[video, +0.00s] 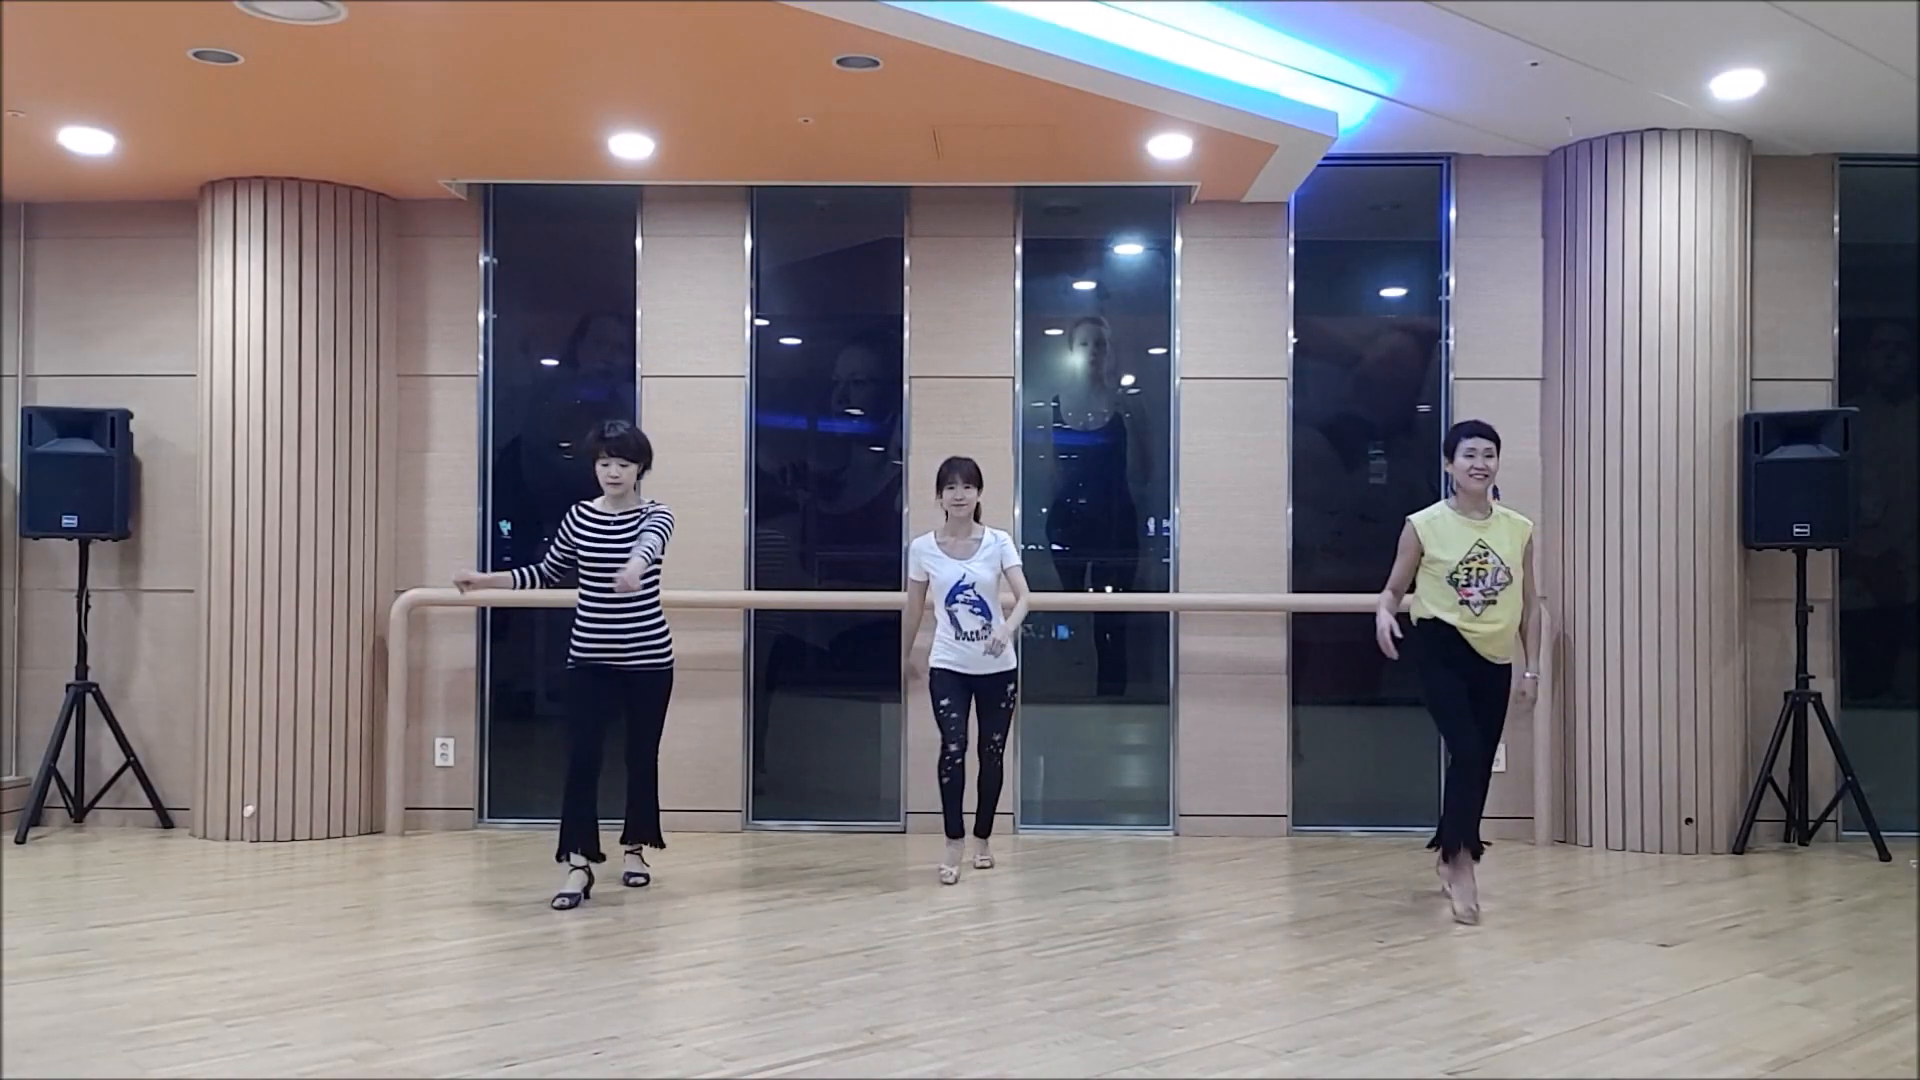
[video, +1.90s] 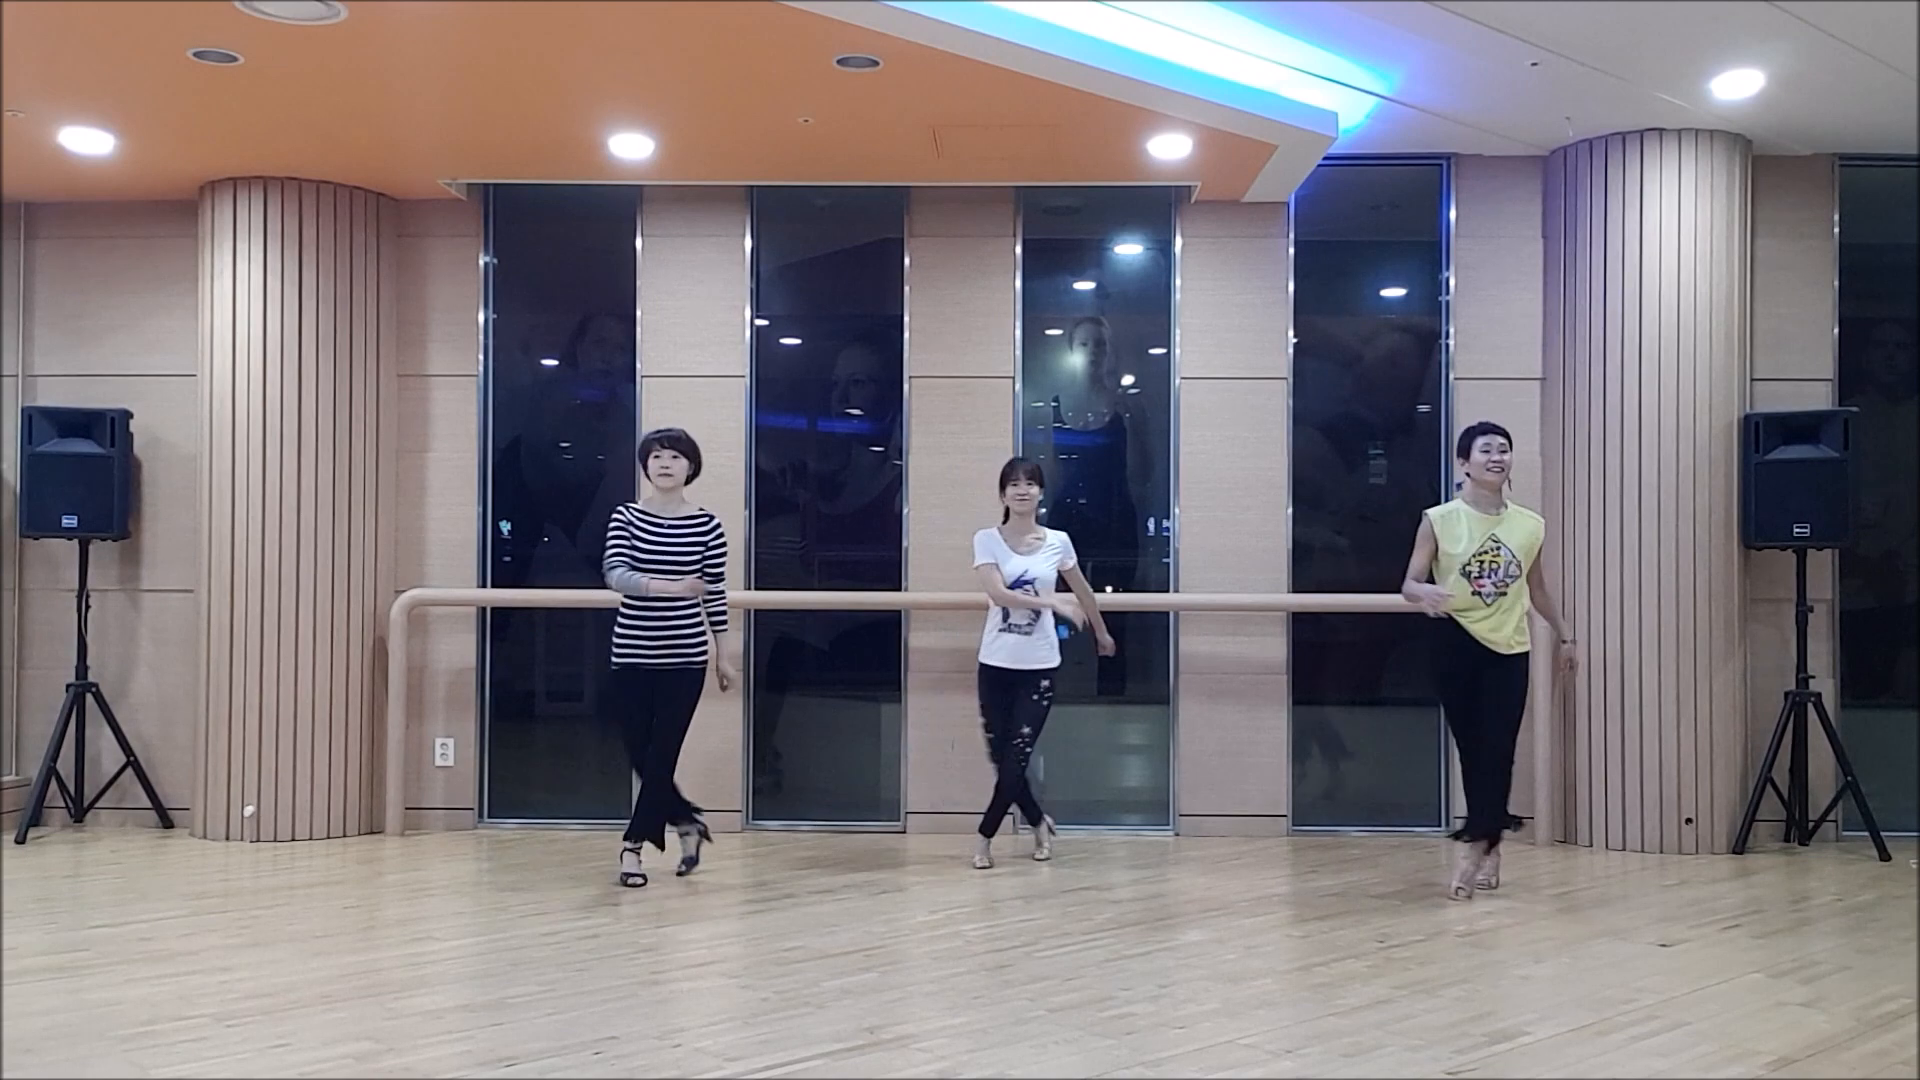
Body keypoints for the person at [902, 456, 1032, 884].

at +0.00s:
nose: (959, 494)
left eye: (967, 486)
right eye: (950, 487)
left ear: (979, 493)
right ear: (939, 494)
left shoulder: (999, 543)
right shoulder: (923, 548)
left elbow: (1024, 597)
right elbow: (914, 606)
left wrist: (1008, 628)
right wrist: (905, 653)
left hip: (997, 665)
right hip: (948, 664)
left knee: (992, 753)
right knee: (952, 751)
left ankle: (982, 839)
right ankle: (953, 843)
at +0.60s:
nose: (972, 491)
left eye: (979, 484)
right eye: (964, 485)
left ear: (990, 490)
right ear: (952, 492)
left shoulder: (1010, 543)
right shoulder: (935, 545)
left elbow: (1041, 595)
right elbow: (931, 602)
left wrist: (1056, 643)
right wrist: (925, 630)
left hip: (997, 663)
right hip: (948, 663)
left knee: (993, 752)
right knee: (970, 744)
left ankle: (980, 839)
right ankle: (940, 812)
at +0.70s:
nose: (972, 490)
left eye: (979, 482)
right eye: (963, 484)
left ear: (991, 489)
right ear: (952, 492)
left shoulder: (1012, 539)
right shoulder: (939, 543)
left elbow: (1048, 590)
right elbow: (938, 604)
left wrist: (1072, 634)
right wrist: (955, 604)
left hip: (994, 663)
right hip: (946, 659)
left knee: (988, 754)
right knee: (928, 743)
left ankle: (978, 841)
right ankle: (894, 819)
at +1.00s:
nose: (974, 488)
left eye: (981, 481)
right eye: (965, 482)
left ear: (993, 488)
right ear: (954, 490)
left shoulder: (1010, 539)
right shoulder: (937, 542)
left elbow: (1035, 593)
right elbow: (926, 593)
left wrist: (1054, 643)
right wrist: (941, 607)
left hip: (998, 663)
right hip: (949, 663)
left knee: (993, 752)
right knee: (949, 747)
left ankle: (978, 838)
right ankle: (922, 817)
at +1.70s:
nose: (995, 490)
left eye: (1002, 484)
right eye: (987, 484)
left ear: (1015, 492)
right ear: (976, 492)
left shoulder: (1031, 541)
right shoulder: (961, 540)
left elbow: (1069, 592)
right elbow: (957, 595)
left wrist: (1105, 636)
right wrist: (989, 578)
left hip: (1015, 662)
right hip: (968, 658)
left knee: (998, 754)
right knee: (929, 744)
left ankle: (978, 840)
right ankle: (909, 822)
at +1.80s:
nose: (1007, 491)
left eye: (1015, 484)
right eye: (999, 485)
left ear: (1026, 492)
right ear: (988, 493)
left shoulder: (1043, 543)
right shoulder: (972, 539)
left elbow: (1079, 592)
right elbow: (980, 589)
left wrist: (1115, 637)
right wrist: (1028, 575)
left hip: (1026, 663)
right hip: (981, 660)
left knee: (1004, 754)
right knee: (954, 747)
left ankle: (980, 841)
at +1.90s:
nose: (1023, 490)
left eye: (1030, 483)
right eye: (1015, 484)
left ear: (1041, 492)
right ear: (1002, 493)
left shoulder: (1058, 541)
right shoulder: (987, 540)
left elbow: (1082, 591)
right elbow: (998, 594)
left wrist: (1101, 633)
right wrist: (1052, 601)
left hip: (1040, 666)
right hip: (995, 664)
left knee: (1017, 753)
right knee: (1002, 754)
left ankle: (984, 837)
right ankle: (1039, 823)